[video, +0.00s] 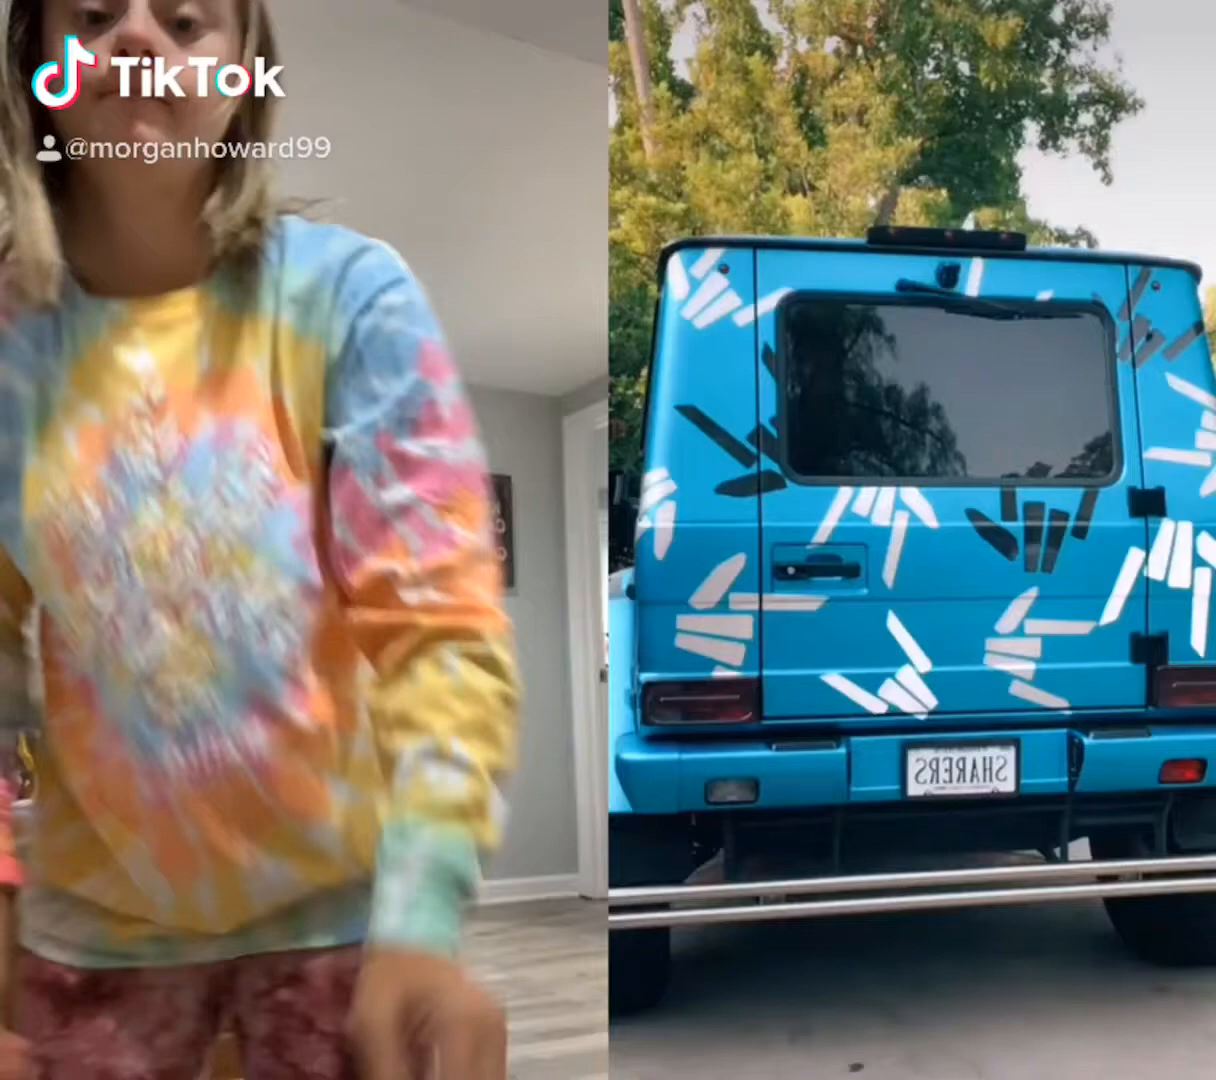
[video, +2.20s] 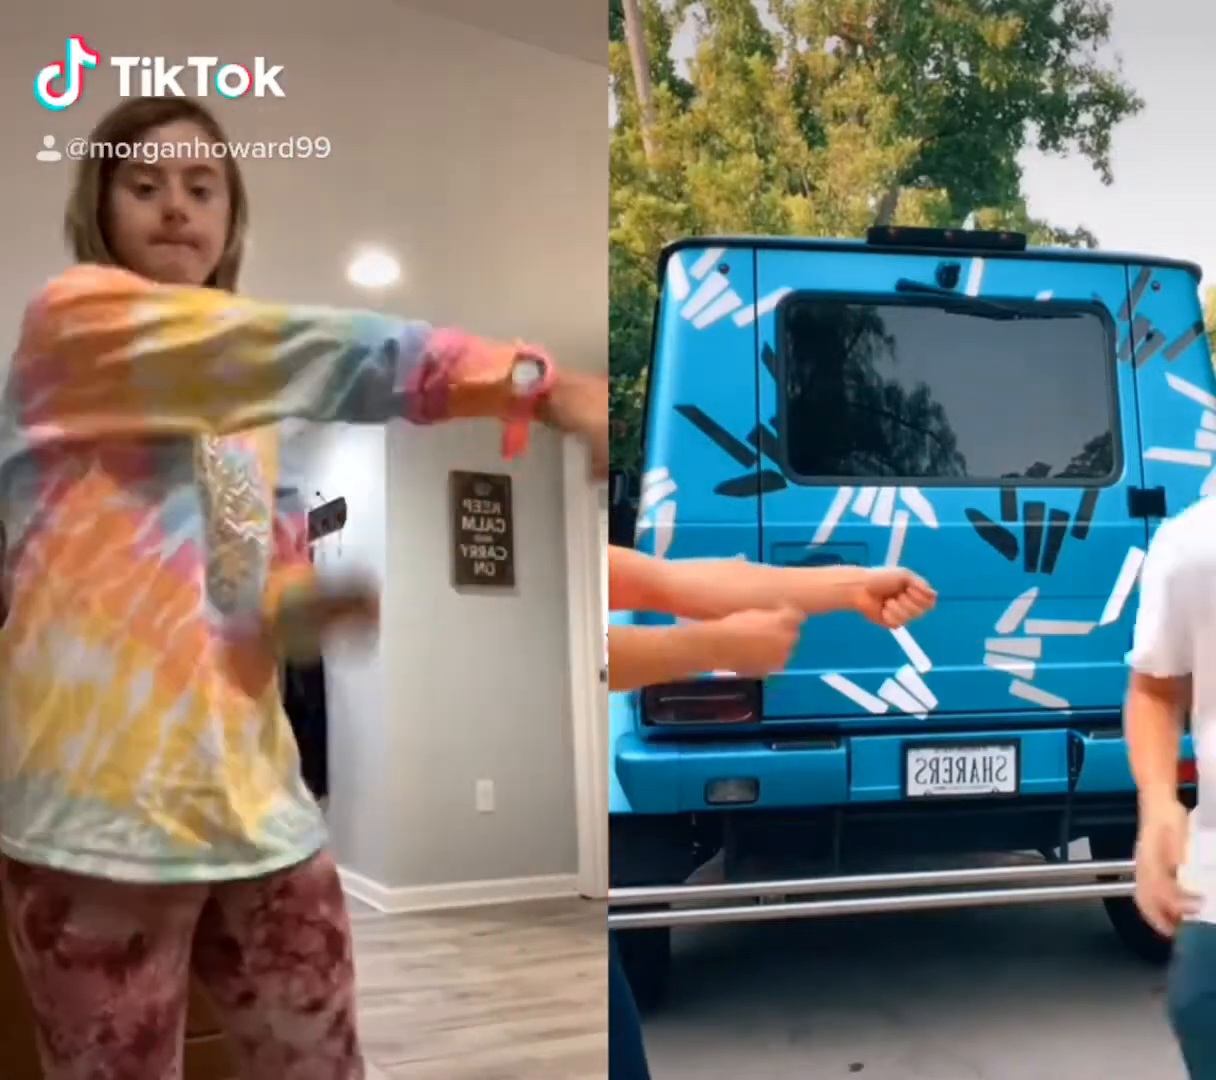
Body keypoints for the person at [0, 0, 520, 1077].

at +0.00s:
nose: (139, 39)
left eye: (185, 14)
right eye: (93, 15)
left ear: (249, 71)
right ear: (34, 69)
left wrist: (418, 926)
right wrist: (6, 933)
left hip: (331, 938)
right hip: (86, 956)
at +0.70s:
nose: (210, 162)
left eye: (241, 143)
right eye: (180, 134)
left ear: (276, 181)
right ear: (127, 161)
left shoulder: (343, 352)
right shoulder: (44, 361)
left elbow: (406, 588)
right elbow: (12, 597)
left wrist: (426, 785)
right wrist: (10, 788)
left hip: (345, 859)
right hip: (126, 877)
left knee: (399, 1067)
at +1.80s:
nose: (264, 214)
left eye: (289, 192)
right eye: (233, 191)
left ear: (322, 221)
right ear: (189, 220)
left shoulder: (371, 401)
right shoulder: (117, 379)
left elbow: (404, 617)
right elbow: (78, 598)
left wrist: (411, 793)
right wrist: (159, 770)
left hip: (348, 846)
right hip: (166, 853)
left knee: (366, 1071)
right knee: (164, 1073)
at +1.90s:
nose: (238, 215)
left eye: (263, 193)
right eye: (208, 192)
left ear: (297, 226)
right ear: (165, 221)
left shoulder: (336, 413)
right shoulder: (89, 374)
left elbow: (362, 619)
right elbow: (72, 586)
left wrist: (357, 781)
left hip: (307, 841)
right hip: (130, 855)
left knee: (361, 1071)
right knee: (139, 1075)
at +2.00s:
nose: (216, 216)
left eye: (241, 194)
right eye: (185, 192)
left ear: (273, 227)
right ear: (140, 218)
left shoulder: (301, 414)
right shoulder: (80, 351)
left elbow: (329, 622)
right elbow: (136, 553)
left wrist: (327, 757)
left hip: (284, 829)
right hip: (117, 843)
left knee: (349, 1067)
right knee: (127, 1073)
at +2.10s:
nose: (194, 212)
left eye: (220, 191)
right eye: (163, 187)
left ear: (250, 223)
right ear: (117, 210)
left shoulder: (265, 400)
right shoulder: (69, 335)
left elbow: (301, 583)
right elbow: (228, 439)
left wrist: (313, 706)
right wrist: (496, 393)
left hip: (266, 809)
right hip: (105, 818)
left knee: (330, 1065)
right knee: (125, 1072)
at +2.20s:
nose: (177, 210)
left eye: (203, 188)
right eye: (146, 184)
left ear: (234, 219)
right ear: (99, 205)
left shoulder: (234, 365)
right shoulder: (71, 318)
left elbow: (234, 601)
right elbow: (299, 349)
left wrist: (306, 609)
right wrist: (537, 376)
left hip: (252, 797)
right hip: (95, 800)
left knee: (312, 1064)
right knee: (116, 1069)